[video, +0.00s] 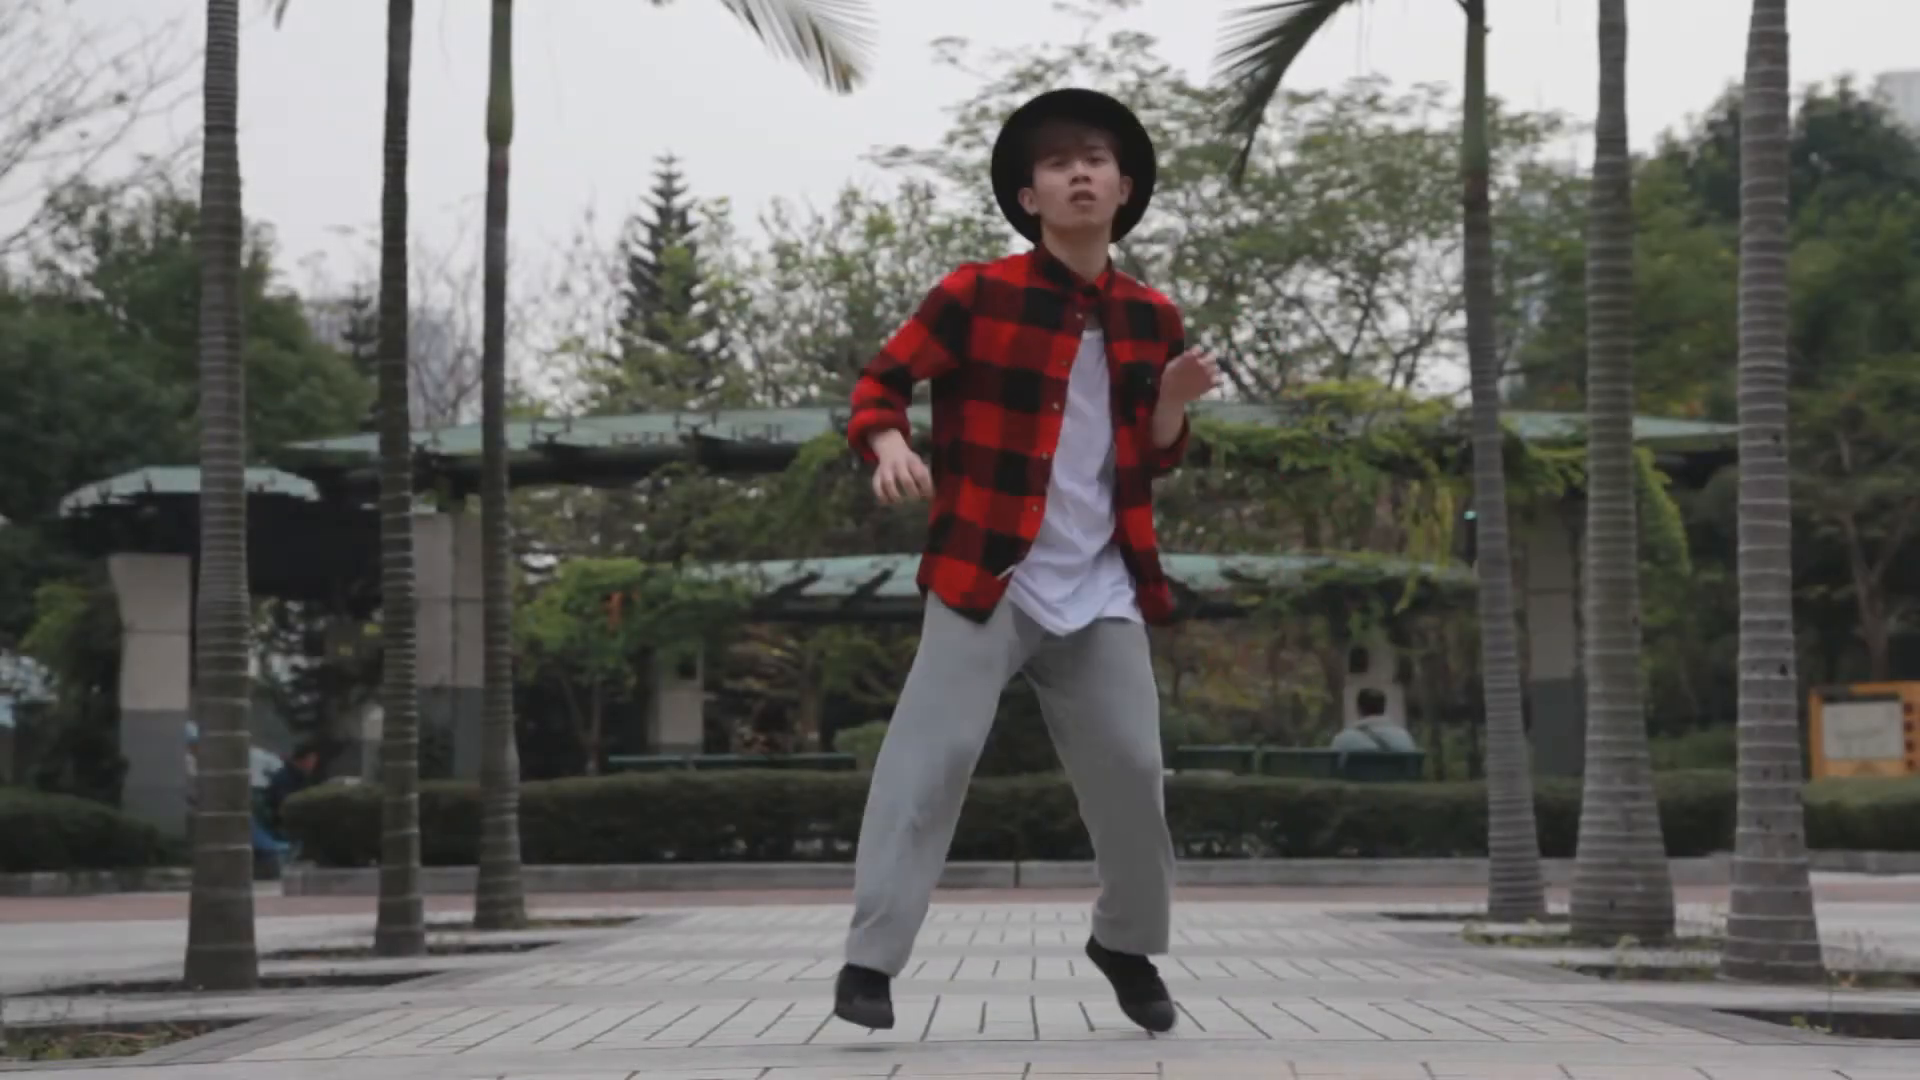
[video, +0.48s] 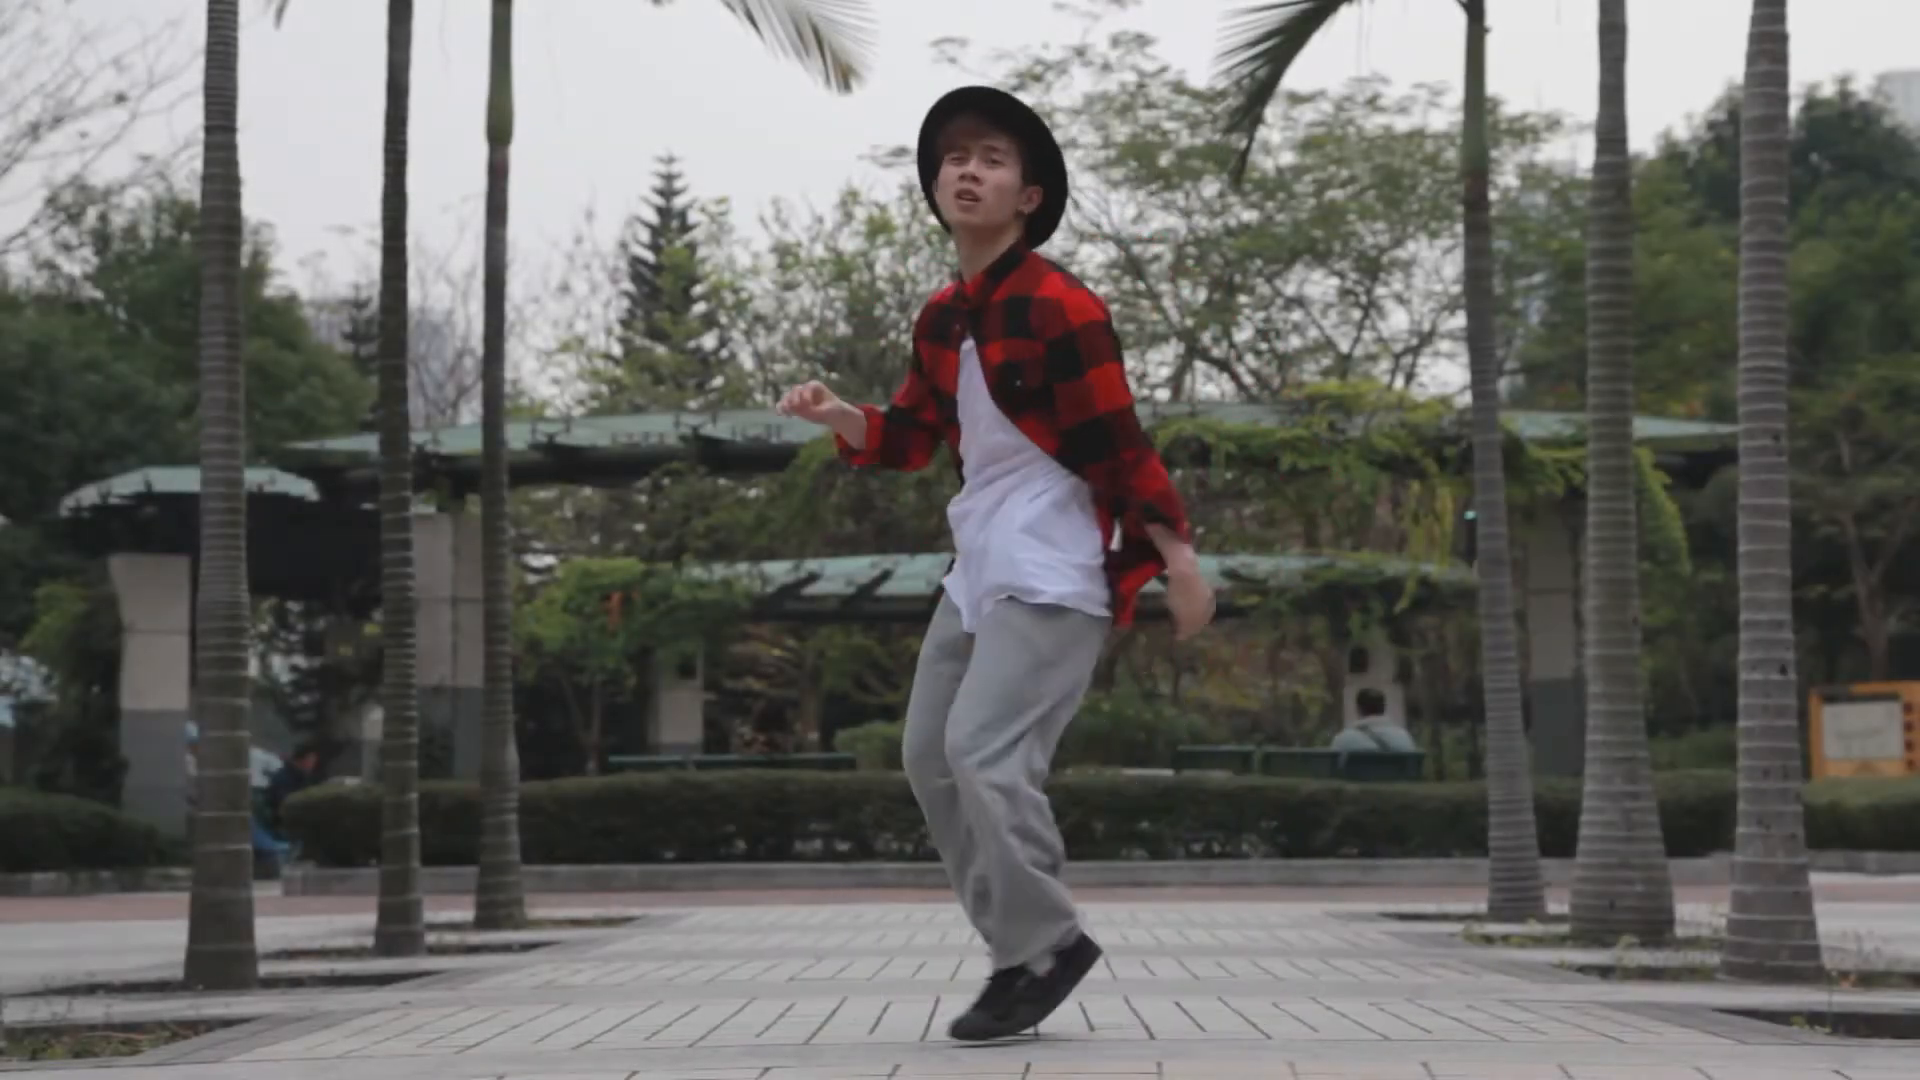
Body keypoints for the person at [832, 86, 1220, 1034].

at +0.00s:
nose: (1078, 172)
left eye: (1095, 157)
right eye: (1055, 161)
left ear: (1127, 186)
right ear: (1025, 196)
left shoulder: (1150, 316)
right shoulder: (976, 294)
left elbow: (1155, 461)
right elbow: (878, 387)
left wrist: (1171, 407)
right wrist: (886, 441)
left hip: (1101, 582)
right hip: (984, 577)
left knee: (1133, 764)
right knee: (928, 758)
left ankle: (1126, 942)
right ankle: (870, 960)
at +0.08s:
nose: (1044, 139)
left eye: (1064, 122)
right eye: (1021, 126)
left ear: (1101, 149)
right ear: (998, 159)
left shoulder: (1151, 265)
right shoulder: (947, 261)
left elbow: (1234, 381)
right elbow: (862, 342)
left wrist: (1173, 337)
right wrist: (854, 374)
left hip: (1099, 540)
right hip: (980, 534)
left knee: (1106, 706)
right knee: (967, 689)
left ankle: (1072, 871)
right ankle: (963, 864)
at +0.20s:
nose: (1001, 134)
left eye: (1023, 119)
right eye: (982, 123)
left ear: (1064, 148)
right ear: (963, 158)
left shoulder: (1116, 258)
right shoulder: (947, 277)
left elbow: (1181, 357)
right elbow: (911, 398)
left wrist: (1092, 354)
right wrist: (866, 429)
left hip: (1101, 541)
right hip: (987, 536)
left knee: (1084, 727)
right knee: (918, 709)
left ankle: (1147, 930)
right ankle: (1003, 853)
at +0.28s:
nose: (982, 176)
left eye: (1006, 158)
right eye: (965, 162)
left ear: (1049, 184)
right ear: (950, 188)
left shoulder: (1074, 292)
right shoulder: (973, 316)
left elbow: (1105, 412)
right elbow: (970, 449)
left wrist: (1030, 460)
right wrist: (886, 480)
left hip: (1093, 584)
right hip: (996, 583)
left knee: (1108, 786)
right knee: (924, 768)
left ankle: (1234, 979)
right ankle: (976, 961)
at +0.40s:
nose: (969, 190)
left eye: (995, 178)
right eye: (958, 175)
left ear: (1034, 212)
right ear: (938, 200)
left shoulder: (1048, 319)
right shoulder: (974, 324)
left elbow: (1076, 462)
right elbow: (971, 467)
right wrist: (867, 452)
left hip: (1061, 586)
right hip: (989, 588)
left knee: (1054, 768)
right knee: (952, 770)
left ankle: (1188, 957)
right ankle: (998, 963)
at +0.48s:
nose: (969, 170)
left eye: (993, 158)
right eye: (954, 156)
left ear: (1031, 196)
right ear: (931, 187)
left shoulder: (1062, 308)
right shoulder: (943, 316)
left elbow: (1118, 438)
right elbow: (919, 435)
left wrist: (1179, 553)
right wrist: (844, 419)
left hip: (1058, 567)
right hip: (977, 564)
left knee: (984, 750)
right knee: (929, 754)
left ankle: (1050, 943)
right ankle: (1017, 950)